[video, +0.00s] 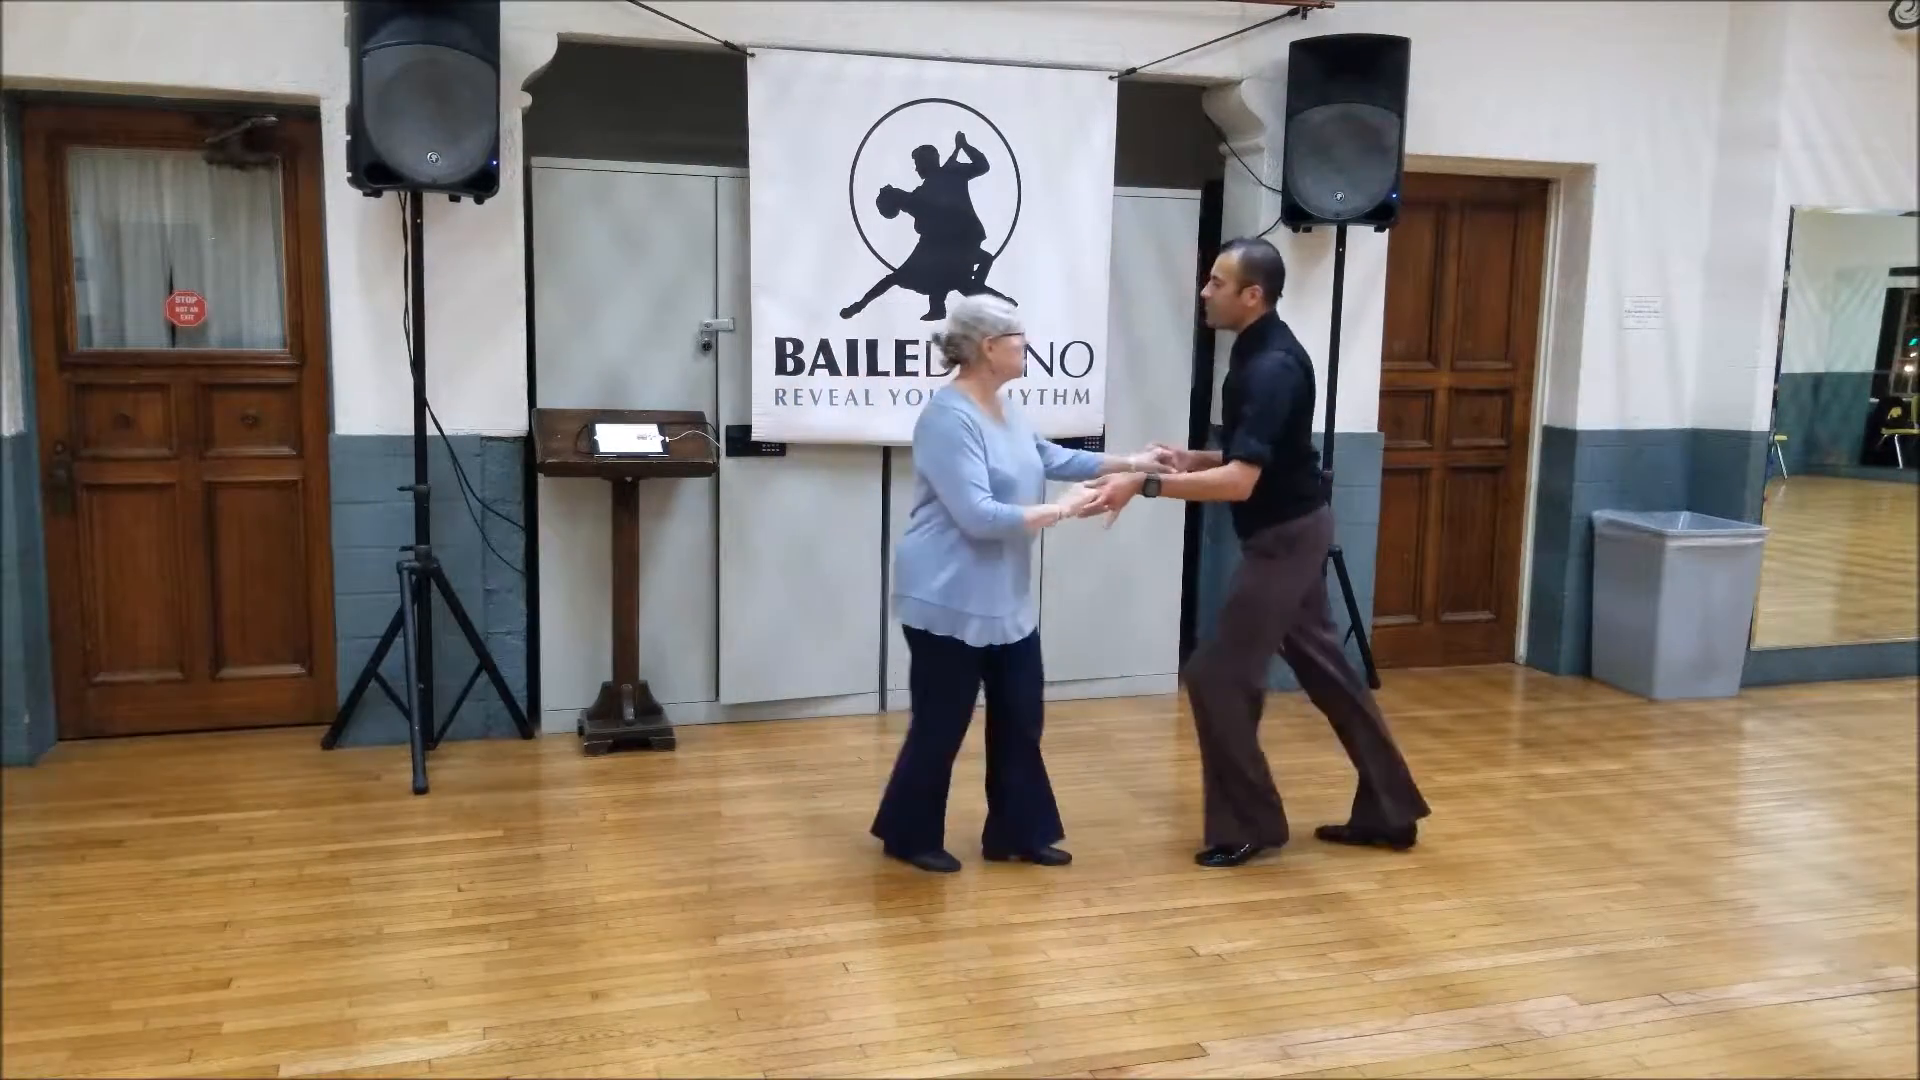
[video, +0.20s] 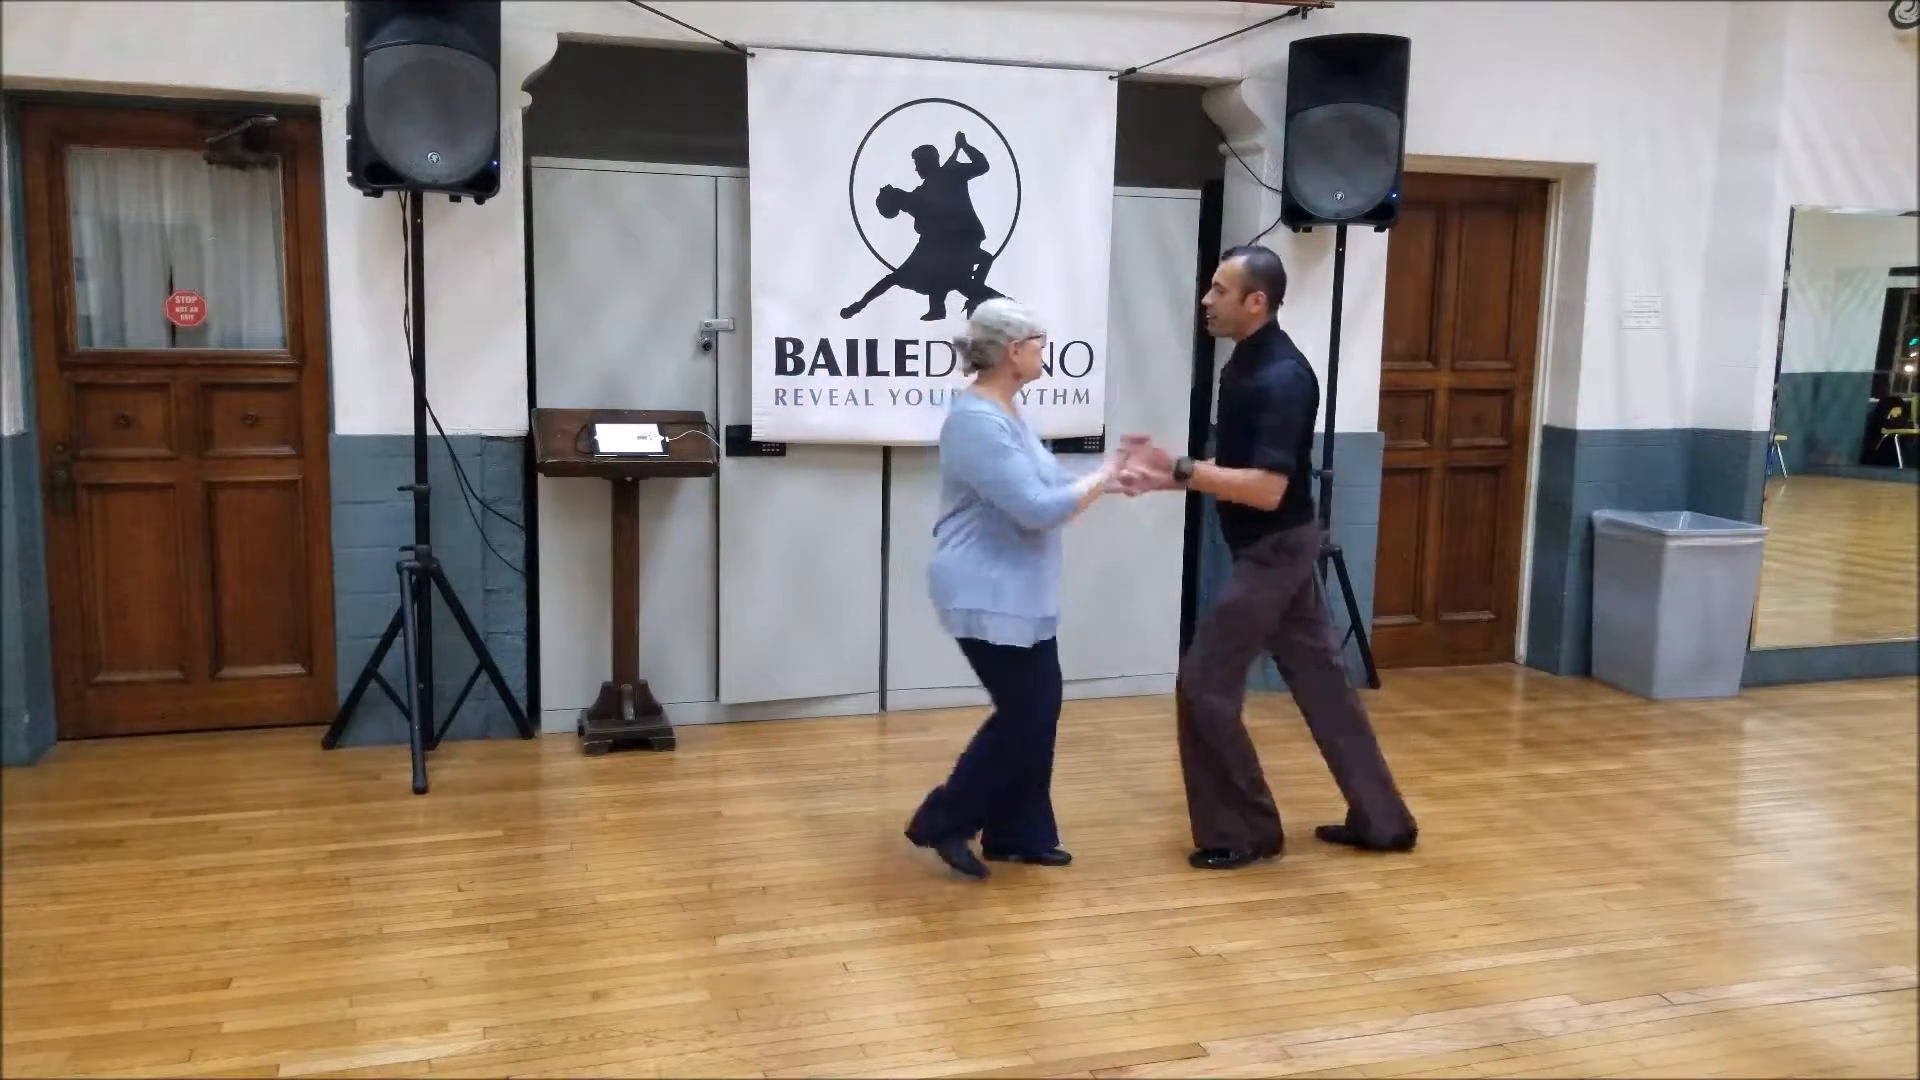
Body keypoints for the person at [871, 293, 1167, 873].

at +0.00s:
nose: (1025, 346)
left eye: (1022, 336)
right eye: (1014, 338)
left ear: (994, 348)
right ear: (980, 348)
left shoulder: (1005, 409)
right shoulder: (945, 417)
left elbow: (1054, 460)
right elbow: (977, 516)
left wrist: (1134, 461)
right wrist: (1061, 509)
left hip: (1005, 590)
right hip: (948, 592)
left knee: (1019, 716)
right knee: (942, 719)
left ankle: (1016, 832)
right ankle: (908, 833)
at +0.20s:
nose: (1043, 350)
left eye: (1041, 341)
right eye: (1035, 342)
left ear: (1004, 353)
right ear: (1007, 352)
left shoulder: (1008, 416)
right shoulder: (975, 421)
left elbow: (1054, 489)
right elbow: (1035, 510)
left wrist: (1110, 477)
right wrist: (1100, 481)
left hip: (1020, 588)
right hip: (983, 590)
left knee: (1039, 703)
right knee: (1026, 707)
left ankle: (1019, 832)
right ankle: (944, 820)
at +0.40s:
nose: (1037, 352)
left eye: (1034, 344)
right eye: (1035, 345)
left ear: (974, 346)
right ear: (1025, 351)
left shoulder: (940, 409)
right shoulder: (1026, 418)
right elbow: (1122, 454)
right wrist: (1117, 387)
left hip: (946, 590)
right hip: (1011, 596)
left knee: (986, 721)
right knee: (1019, 724)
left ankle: (1013, 829)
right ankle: (987, 871)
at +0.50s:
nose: (1024, 350)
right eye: (1025, 342)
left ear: (966, 341)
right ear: (1022, 346)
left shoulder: (927, 406)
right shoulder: (1039, 413)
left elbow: (909, 479)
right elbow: (1121, 412)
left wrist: (965, 467)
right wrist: (1096, 344)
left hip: (932, 595)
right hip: (1015, 599)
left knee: (954, 724)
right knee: (1004, 727)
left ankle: (974, 859)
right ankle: (985, 872)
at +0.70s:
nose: (928, 338)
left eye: (931, 330)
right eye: (937, 329)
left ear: (937, 341)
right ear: (998, 346)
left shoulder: (901, 411)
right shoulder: (1017, 406)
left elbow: (864, 496)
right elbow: (1042, 359)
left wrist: (914, 487)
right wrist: (1016, 304)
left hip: (913, 600)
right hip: (1004, 597)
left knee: (905, 734)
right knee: (1003, 730)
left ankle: (904, 867)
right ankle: (1018, 872)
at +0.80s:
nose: (906, 338)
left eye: (912, 331)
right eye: (910, 329)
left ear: (928, 343)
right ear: (973, 347)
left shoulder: (892, 412)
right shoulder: (991, 406)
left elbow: (846, 501)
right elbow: (981, 362)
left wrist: (894, 470)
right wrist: (961, 323)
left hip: (902, 605)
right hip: (978, 600)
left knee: (895, 739)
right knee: (978, 725)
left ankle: (905, 874)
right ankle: (1012, 864)